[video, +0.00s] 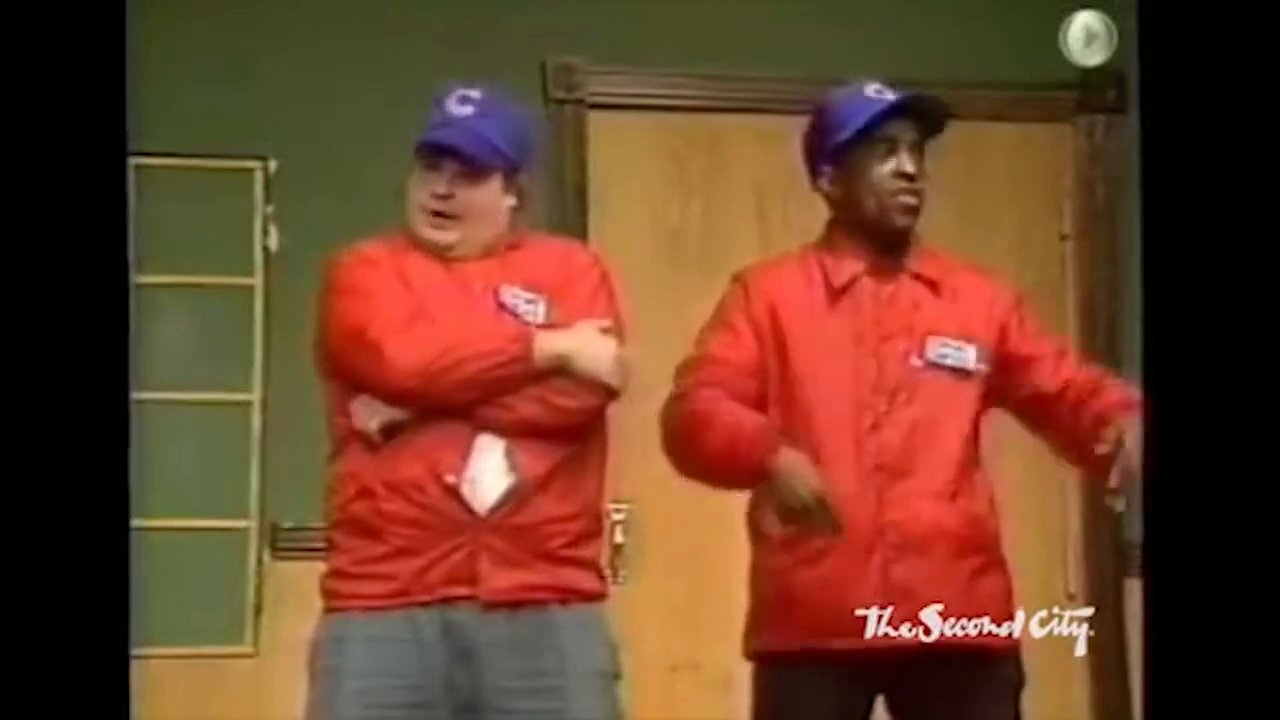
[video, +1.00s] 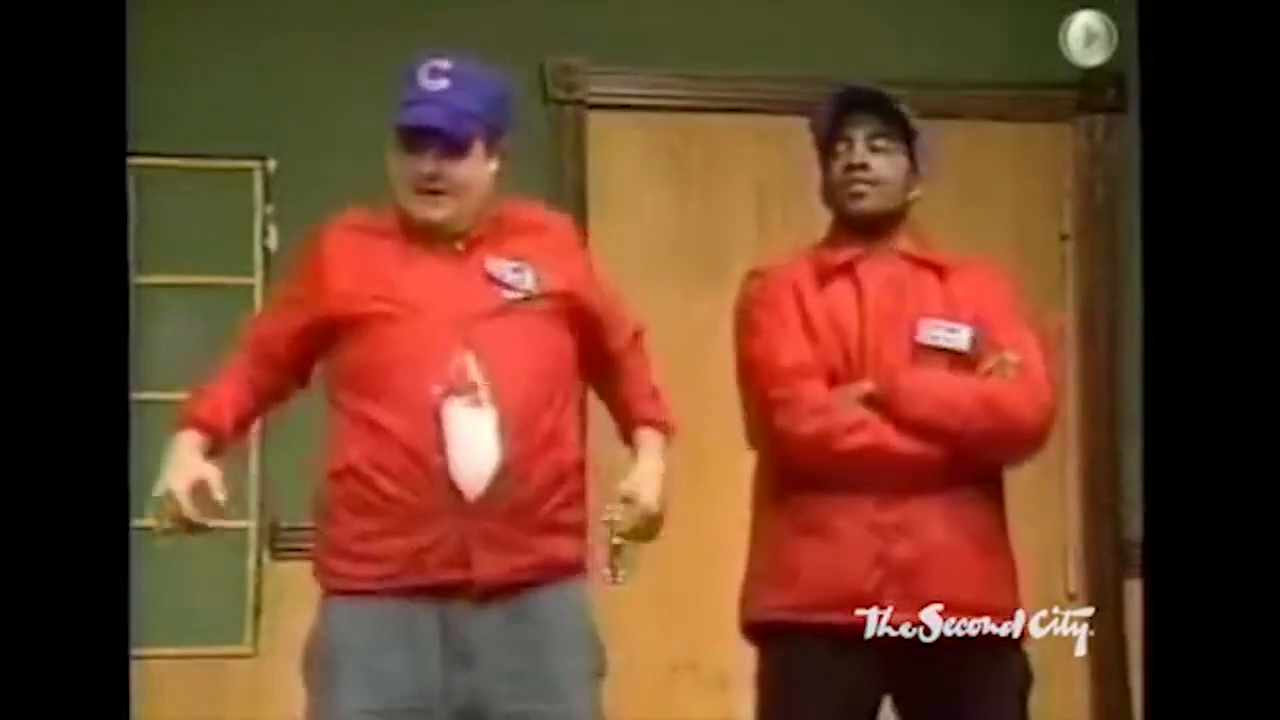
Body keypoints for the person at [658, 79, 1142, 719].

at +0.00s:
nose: (910, 168)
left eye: (917, 151)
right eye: (885, 150)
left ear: (928, 165)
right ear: (829, 176)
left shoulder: (975, 299)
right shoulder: (765, 294)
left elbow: (1063, 388)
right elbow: (692, 416)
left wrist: (1124, 427)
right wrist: (770, 455)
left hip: (959, 628)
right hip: (812, 631)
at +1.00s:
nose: (858, 159)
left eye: (880, 145)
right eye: (842, 148)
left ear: (914, 174)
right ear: (822, 176)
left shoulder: (978, 285)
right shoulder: (777, 288)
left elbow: (1023, 416)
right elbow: (797, 430)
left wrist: (883, 392)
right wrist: (963, 442)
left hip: (963, 616)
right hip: (814, 619)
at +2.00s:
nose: (825, 174)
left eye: (849, 158)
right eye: (814, 161)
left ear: (893, 183)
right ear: (801, 180)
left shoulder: (955, 294)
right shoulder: (761, 298)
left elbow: (1007, 405)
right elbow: (774, 425)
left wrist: (868, 387)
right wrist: (936, 441)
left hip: (952, 617)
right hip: (802, 621)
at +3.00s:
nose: (827, 194)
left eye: (840, 175)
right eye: (803, 179)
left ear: (858, 192)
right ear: (768, 203)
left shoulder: (924, 300)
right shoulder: (733, 331)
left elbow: (988, 437)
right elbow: (764, 483)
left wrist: (845, 436)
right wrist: (929, 458)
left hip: (942, 640)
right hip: (798, 655)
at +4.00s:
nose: (965, 197)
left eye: (972, 181)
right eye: (941, 178)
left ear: (981, 196)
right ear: (885, 201)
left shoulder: (1013, 325)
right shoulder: (821, 309)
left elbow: (1065, 466)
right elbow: (833, 454)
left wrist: (921, 423)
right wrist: (1001, 477)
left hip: (988, 647)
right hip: (839, 643)